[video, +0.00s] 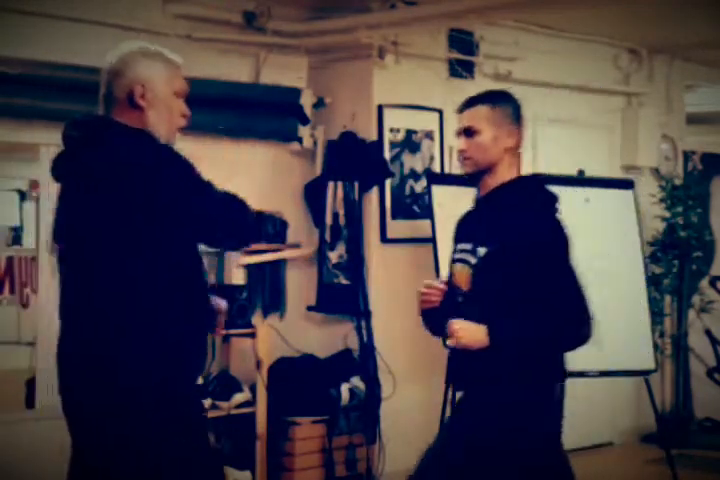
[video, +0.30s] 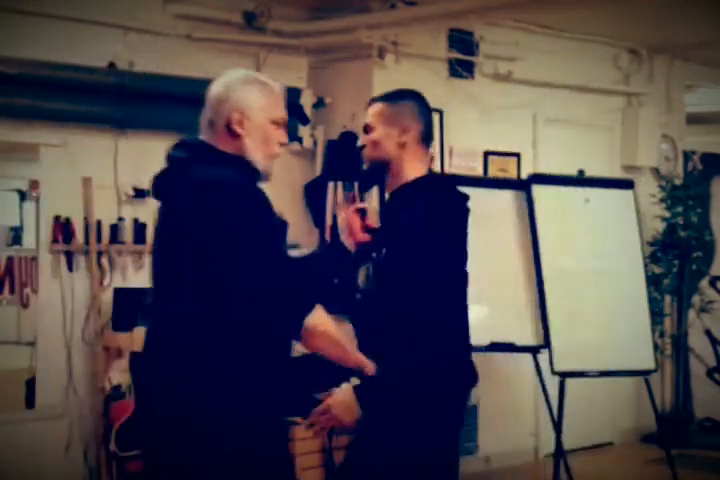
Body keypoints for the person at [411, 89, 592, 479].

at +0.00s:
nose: (459, 146)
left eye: (470, 134)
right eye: (460, 135)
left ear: (512, 139)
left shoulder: (531, 215)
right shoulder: (472, 220)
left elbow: (574, 323)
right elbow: (464, 315)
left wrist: (490, 334)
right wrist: (438, 305)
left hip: (521, 403)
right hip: (479, 398)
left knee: (433, 472)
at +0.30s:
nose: (363, 141)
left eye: (371, 129)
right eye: (364, 131)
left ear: (406, 135)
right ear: (402, 137)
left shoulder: (430, 205)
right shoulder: (401, 204)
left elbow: (423, 326)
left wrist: (364, 395)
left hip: (423, 389)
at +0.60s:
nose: (403, 144)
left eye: (414, 132)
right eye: (404, 133)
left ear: (451, 139)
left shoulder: (458, 209)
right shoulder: (428, 205)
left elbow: (429, 323)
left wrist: (377, 406)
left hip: (427, 393)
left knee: (418, 470)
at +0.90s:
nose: (420, 144)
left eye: (432, 134)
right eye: (421, 134)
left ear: (467, 142)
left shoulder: (474, 213)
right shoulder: (425, 205)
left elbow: (463, 332)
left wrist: (416, 421)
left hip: (434, 393)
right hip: (398, 381)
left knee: (425, 472)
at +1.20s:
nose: (436, 150)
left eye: (451, 140)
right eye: (437, 141)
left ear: (486, 153)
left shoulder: (491, 219)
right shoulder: (441, 222)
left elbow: (470, 337)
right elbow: (379, 320)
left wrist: (418, 419)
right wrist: (388, 252)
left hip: (431, 407)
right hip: (395, 396)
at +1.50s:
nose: (439, 151)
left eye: (453, 142)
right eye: (442, 143)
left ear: (489, 156)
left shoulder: (493, 220)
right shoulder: (452, 225)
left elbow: (475, 336)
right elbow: (401, 334)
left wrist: (423, 421)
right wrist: (388, 268)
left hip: (439, 410)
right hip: (408, 400)